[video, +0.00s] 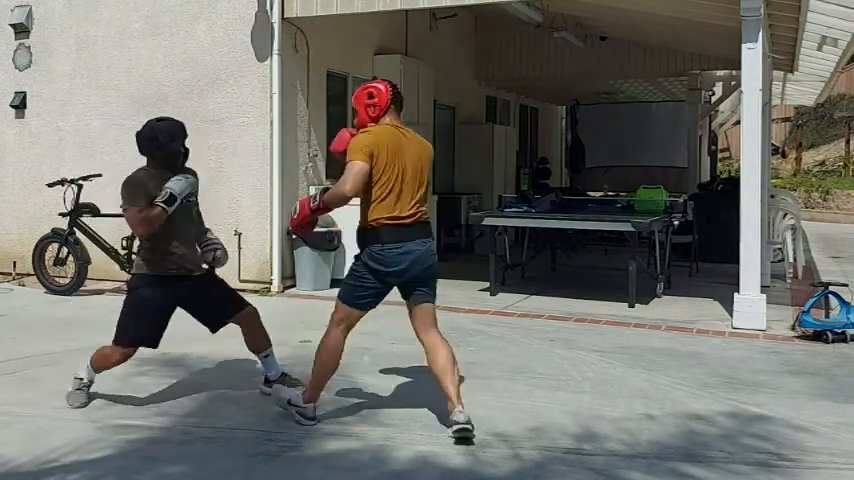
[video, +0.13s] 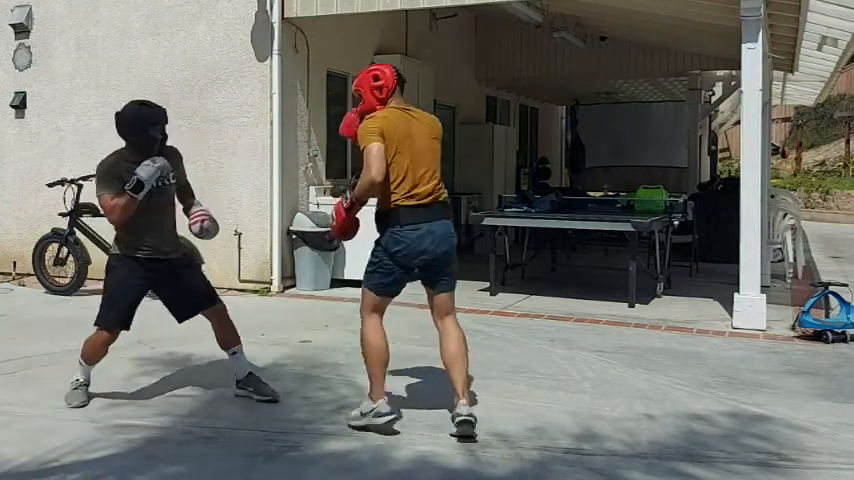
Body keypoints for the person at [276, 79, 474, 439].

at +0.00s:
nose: (358, 115)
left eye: (360, 108)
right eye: (358, 107)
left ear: (373, 105)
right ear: (396, 107)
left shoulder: (366, 139)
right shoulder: (423, 145)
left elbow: (349, 189)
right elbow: (396, 176)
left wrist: (315, 206)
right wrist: (358, 148)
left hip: (381, 250)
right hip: (421, 248)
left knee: (339, 325)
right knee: (430, 331)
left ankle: (309, 399)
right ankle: (457, 410)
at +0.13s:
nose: (360, 104)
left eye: (360, 99)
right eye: (359, 98)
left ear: (371, 95)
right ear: (394, 92)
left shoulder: (373, 122)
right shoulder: (431, 121)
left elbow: (374, 175)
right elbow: (416, 157)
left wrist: (351, 207)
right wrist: (368, 127)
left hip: (401, 231)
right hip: (442, 226)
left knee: (371, 312)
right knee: (446, 316)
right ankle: (463, 404)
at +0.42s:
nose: (353, 110)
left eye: (355, 104)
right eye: (352, 104)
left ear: (370, 103)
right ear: (392, 100)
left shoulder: (377, 133)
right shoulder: (429, 130)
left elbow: (367, 189)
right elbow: (407, 171)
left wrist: (334, 181)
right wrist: (360, 147)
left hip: (404, 245)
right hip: (443, 240)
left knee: (355, 315)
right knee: (449, 333)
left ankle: (367, 405)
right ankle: (472, 422)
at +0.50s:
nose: (347, 112)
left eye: (348, 105)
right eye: (346, 105)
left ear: (363, 104)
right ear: (385, 101)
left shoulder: (371, 134)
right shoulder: (421, 129)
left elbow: (347, 187)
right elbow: (379, 180)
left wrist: (324, 163)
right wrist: (354, 141)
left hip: (395, 246)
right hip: (436, 242)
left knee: (349, 324)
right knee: (445, 334)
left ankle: (329, 416)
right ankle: (472, 422)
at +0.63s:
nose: (334, 126)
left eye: (334, 120)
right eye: (333, 120)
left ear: (347, 116)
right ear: (371, 113)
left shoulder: (350, 147)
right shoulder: (402, 145)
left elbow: (306, 190)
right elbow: (353, 190)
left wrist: (302, 152)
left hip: (369, 266)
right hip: (412, 261)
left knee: (312, 328)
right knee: (432, 343)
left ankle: (291, 419)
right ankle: (472, 422)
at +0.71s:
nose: (313, 123)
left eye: (315, 117)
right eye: (314, 116)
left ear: (328, 117)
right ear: (355, 117)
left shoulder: (324, 146)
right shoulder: (386, 147)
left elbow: (269, 178)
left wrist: (283, 150)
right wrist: (306, 147)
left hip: (346, 265)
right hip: (391, 260)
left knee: (289, 326)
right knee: (421, 338)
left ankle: (265, 411)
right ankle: (470, 416)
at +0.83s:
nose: (273, 129)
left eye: (277, 124)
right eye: (321, 124)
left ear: (283, 126)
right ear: (318, 126)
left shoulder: (267, 153)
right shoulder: (344, 159)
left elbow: (214, 149)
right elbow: (357, 199)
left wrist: (188, 132)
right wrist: (328, 167)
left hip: (297, 274)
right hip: (346, 269)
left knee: (254, 340)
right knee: (384, 329)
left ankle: (223, 420)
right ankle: (413, 408)